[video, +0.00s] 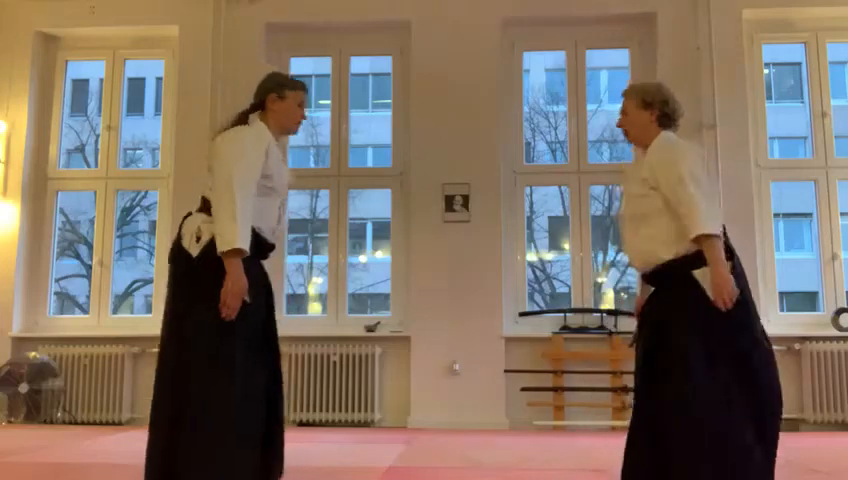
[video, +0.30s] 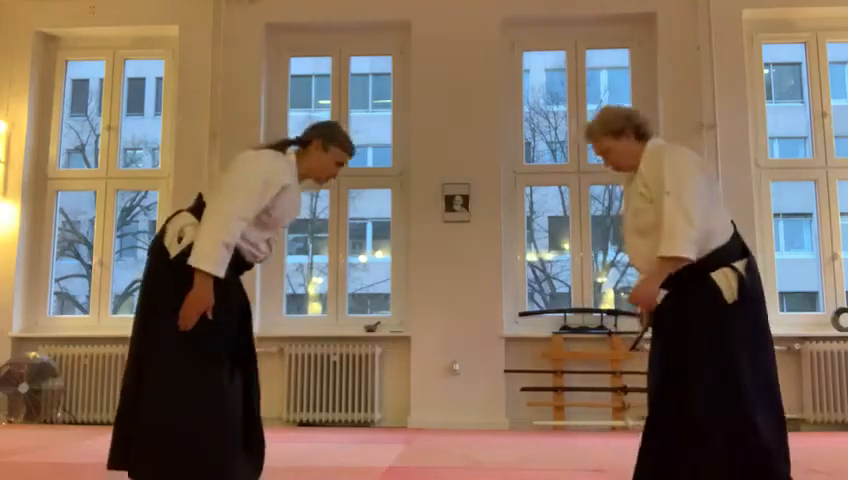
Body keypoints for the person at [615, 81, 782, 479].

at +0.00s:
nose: (620, 120)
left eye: (626, 112)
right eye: (621, 113)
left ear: (652, 114)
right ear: (646, 115)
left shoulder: (669, 151)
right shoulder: (644, 161)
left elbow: (696, 206)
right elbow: (656, 228)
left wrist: (719, 269)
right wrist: (646, 288)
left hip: (694, 283)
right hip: (668, 287)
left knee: (693, 392)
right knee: (668, 392)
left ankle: (698, 472)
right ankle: (675, 472)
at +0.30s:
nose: (605, 162)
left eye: (604, 151)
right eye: (600, 156)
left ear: (626, 136)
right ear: (624, 141)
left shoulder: (672, 159)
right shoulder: (639, 180)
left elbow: (684, 225)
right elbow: (661, 237)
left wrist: (654, 279)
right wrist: (652, 287)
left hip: (716, 287)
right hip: (685, 291)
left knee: (716, 397)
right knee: (678, 398)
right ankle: (680, 473)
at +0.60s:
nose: (594, 189)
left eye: (593, 180)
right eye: (588, 184)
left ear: (610, 159)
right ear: (607, 163)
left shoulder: (665, 176)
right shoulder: (623, 200)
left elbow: (687, 241)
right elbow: (652, 253)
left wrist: (676, 303)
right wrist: (663, 306)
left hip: (731, 284)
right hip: (691, 291)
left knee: (736, 390)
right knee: (691, 390)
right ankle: (699, 468)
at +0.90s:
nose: (598, 166)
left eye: (598, 156)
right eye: (593, 159)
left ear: (621, 140)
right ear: (616, 146)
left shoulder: (668, 164)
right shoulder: (628, 185)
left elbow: (691, 226)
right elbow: (648, 245)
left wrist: (692, 293)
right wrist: (654, 303)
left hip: (722, 283)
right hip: (682, 289)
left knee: (731, 391)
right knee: (690, 395)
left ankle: (742, 473)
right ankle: (698, 473)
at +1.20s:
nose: (625, 122)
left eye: (631, 114)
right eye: (625, 114)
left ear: (659, 116)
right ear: (650, 118)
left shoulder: (687, 151)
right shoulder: (654, 164)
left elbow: (681, 225)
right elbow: (662, 228)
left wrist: (644, 277)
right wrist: (641, 281)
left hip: (701, 286)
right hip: (670, 287)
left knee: (708, 401)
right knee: (672, 400)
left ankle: (716, 475)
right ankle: (678, 474)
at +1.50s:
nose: (642, 114)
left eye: (650, 106)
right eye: (644, 107)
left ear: (675, 110)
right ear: (670, 112)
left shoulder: (692, 149)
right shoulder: (666, 159)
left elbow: (688, 217)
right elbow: (662, 226)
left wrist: (663, 276)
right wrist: (639, 282)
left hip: (692, 281)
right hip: (665, 284)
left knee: (696, 392)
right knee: (665, 394)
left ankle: (705, 474)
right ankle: (671, 473)